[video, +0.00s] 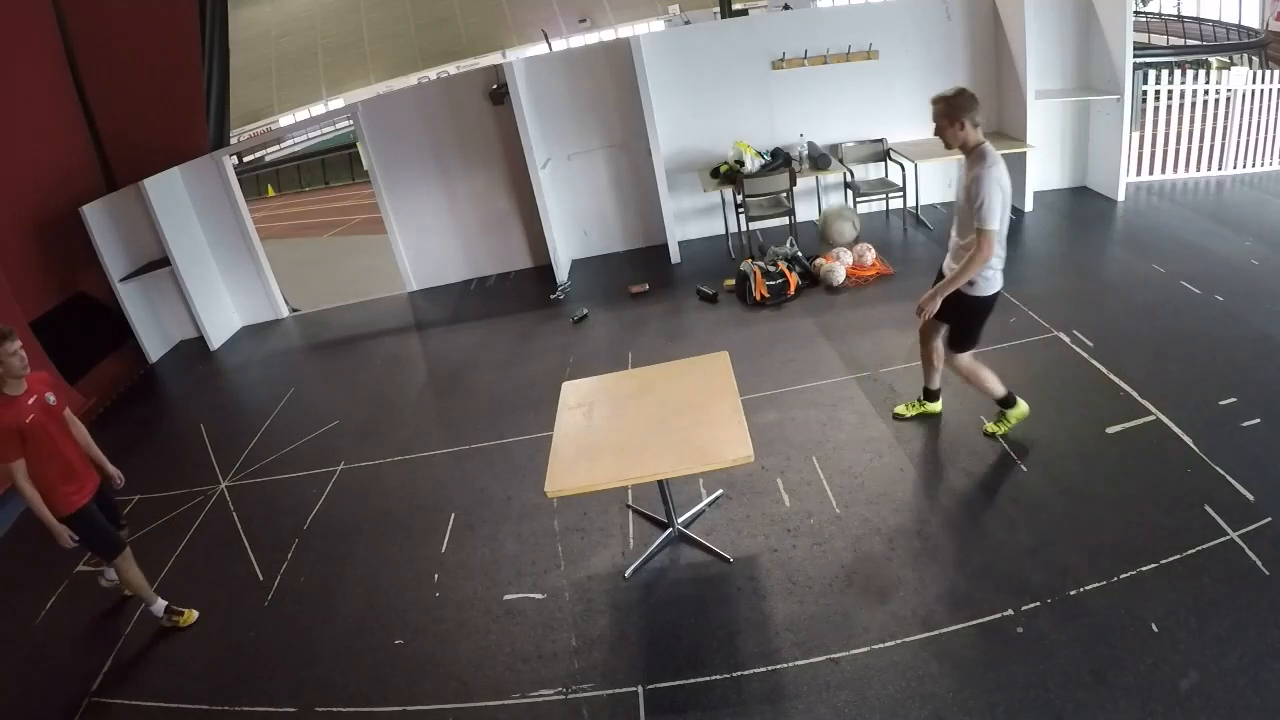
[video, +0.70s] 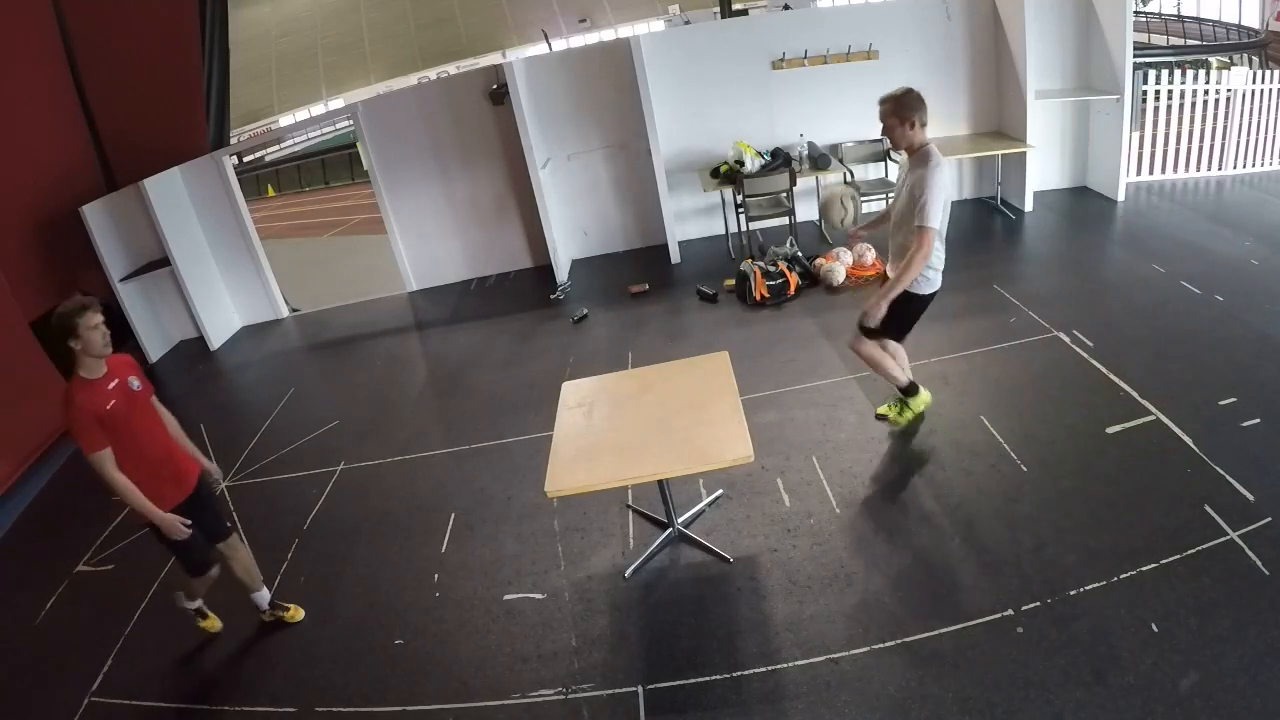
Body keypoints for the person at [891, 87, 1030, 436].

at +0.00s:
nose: (936, 133)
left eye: (939, 126)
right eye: (936, 125)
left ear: (961, 125)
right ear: (965, 124)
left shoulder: (988, 175)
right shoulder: (975, 159)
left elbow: (985, 249)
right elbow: (970, 227)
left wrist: (939, 292)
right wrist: (953, 264)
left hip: (977, 285)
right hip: (954, 270)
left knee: (957, 357)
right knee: (928, 332)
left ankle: (1011, 405)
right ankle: (931, 399)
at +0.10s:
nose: (922, 134)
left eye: (926, 127)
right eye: (922, 127)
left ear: (948, 126)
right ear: (950, 126)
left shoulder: (975, 176)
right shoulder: (961, 161)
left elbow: (985, 252)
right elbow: (960, 226)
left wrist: (950, 303)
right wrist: (939, 266)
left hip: (956, 284)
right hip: (941, 272)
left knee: (916, 349)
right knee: (914, 331)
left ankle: (975, 396)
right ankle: (929, 398)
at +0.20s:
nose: (916, 135)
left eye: (919, 128)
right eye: (915, 128)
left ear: (941, 126)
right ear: (944, 126)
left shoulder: (971, 173)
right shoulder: (956, 160)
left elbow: (987, 248)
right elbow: (953, 224)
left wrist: (962, 305)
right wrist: (930, 261)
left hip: (944, 281)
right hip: (925, 266)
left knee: (908, 347)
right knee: (885, 322)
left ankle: (932, 412)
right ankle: (916, 390)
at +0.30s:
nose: (912, 144)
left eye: (915, 136)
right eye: (912, 137)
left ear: (937, 136)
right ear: (940, 135)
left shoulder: (965, 183)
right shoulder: (948, 169)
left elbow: (972, 258)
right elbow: (942, 232)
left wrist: (949, 319)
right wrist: (919, 266)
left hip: (930, 290)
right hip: (912, 266)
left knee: (896, 353)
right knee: (851, 293)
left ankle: (930, 413)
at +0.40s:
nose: (905, 143)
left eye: (909, 136)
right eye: (905, 136)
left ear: (930, 136)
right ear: (933, 135)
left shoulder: (953, 184)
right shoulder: (941, 170)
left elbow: (944, 253)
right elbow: (930, 236)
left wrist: (911, 314)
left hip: (927, 288)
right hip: (908, 264)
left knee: (895, 356)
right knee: (842, 266)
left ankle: (930, 413)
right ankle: (867, 331)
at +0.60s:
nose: (894, 128)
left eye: (897, 121)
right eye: (893, 121)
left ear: (919, 120)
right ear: (920, 120)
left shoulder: (936, 168)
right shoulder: (927, 159)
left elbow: (918, 241)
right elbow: (912, 229)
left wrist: (872, 287)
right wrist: (883, 251)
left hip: (922, 277)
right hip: (906, 268)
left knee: (898, 349)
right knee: (858, 320)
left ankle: (931, 411)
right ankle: (894, 381)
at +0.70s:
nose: (883, 132)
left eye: (887, 125)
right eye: (882, 125)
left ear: (911, 124)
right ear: (911, 125)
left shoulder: (931, 173)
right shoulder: (917, 162)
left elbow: (924, 247)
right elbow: (897, 210)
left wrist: (882, 299)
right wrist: (865, 229)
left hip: (917, 283)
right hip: (904, 275)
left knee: (861, 342)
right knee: (887, 338)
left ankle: (912, 394)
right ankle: (908, 398)